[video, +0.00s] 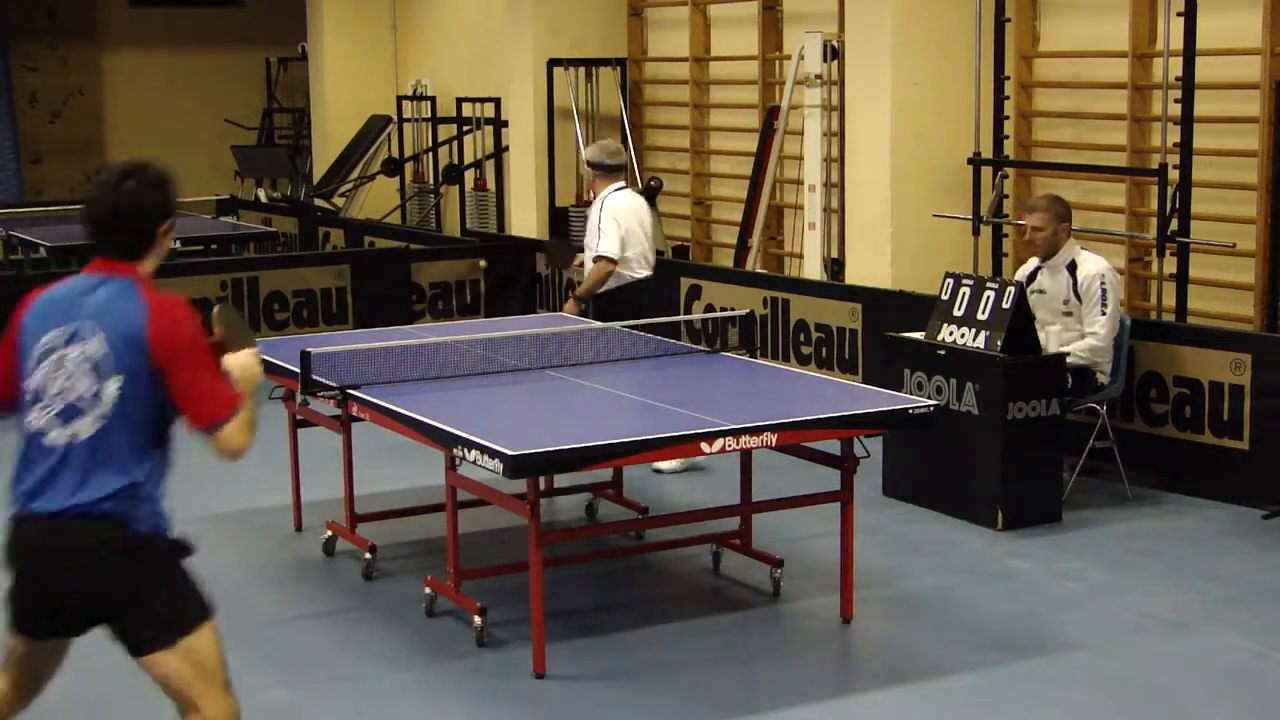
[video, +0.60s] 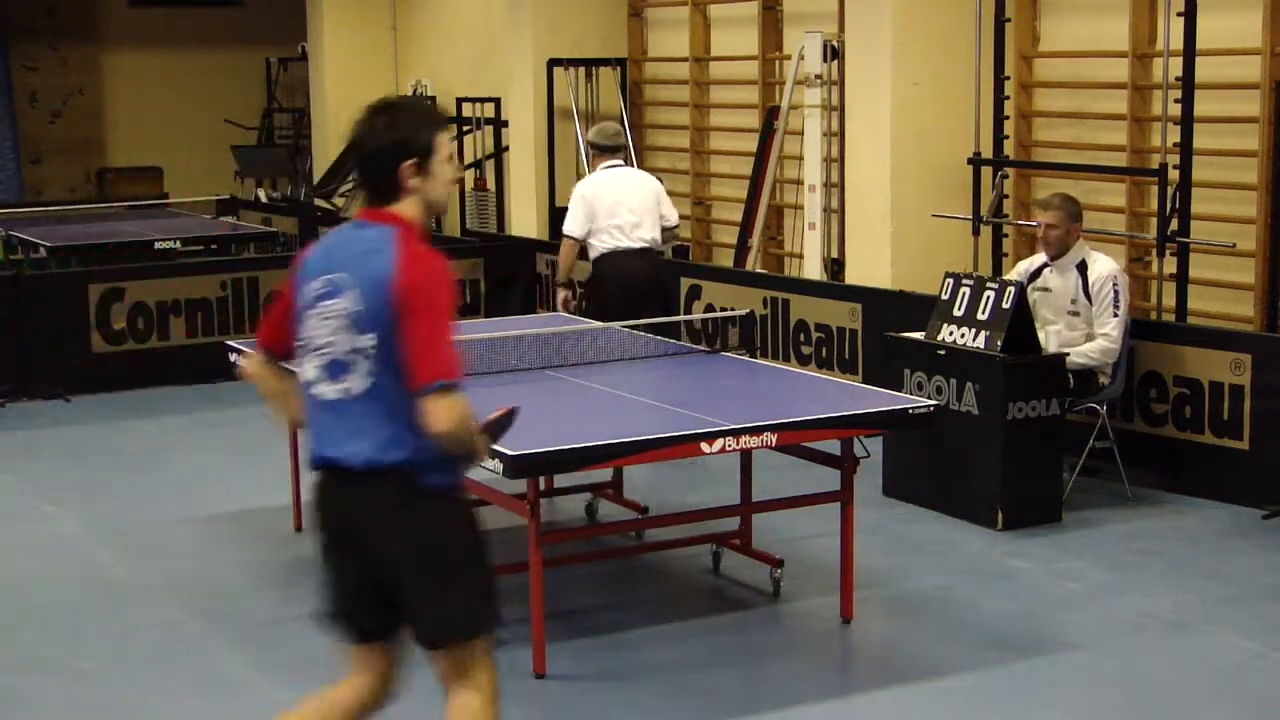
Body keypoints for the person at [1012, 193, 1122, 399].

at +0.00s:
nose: (1028, 238)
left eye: (1037, 230)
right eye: (1027, 229)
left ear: (1063, 231)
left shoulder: (1096, 272)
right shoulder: (1026, 273)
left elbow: (1099, 346)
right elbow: (1010, 330)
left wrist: (1045, 363)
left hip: (1085, 371)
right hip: (1036, 368)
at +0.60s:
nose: (1041, 235)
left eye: (1051, 228)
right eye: (1039, 226)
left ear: (1075, 231)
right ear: (1035, 225)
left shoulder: (1105, 274)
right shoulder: (1026, 270)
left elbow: (1108, 347)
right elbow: (995, 317)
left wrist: (1050, 363)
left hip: (1085, 375)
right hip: (1031, 369)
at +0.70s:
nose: (1040, 234)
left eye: (1051, 227)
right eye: (1039, 226)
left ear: (1075, 231)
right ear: (1036, 226)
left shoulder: (1104, 273)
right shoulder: (1027, 268)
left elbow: (1107, 348)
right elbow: (992, 302)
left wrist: (1047, 362)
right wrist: (982, 279)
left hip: (1082, 375)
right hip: (1029, 370)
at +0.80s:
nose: (1040, 235)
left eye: (1050, 227)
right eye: (1038, 226)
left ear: (1075, 230)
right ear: (1036, 226)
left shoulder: (1104, 273)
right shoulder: (1029, 265)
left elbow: (1107, 348)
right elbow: (987, 293)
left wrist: (1046, 363)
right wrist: (971, 264)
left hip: (1082, 376)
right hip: (1029, 370)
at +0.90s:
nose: (1041, 234)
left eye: (1051, 227)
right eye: (1039, 225)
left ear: (1074, 230)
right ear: (1037, 224)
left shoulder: (1104, 273)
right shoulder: (1028, 266)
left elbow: (1108, 347)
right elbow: (985, 295)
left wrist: (1049, 360)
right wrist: (975, 276)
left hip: (1082, 375)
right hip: (1029, 369)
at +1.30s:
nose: (1047, 231)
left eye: (1056, 223)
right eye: (1042, 223)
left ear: (1075, 227)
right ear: (1036, 226)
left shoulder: (1105, 270)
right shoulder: (1027, 268)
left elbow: (1125, 339)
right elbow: (993, 302)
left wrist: (1071, 345)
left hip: (1085, 373)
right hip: (1032, 367)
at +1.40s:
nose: (1049, 230)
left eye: (1058, 222)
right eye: (1043, 222)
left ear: (1074, 226)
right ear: (1036, 227)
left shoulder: (1102, 269)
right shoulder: (1024, 272)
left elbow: (1128, 336)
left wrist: (1074, 349)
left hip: (1086, 374)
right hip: (1035, 370)